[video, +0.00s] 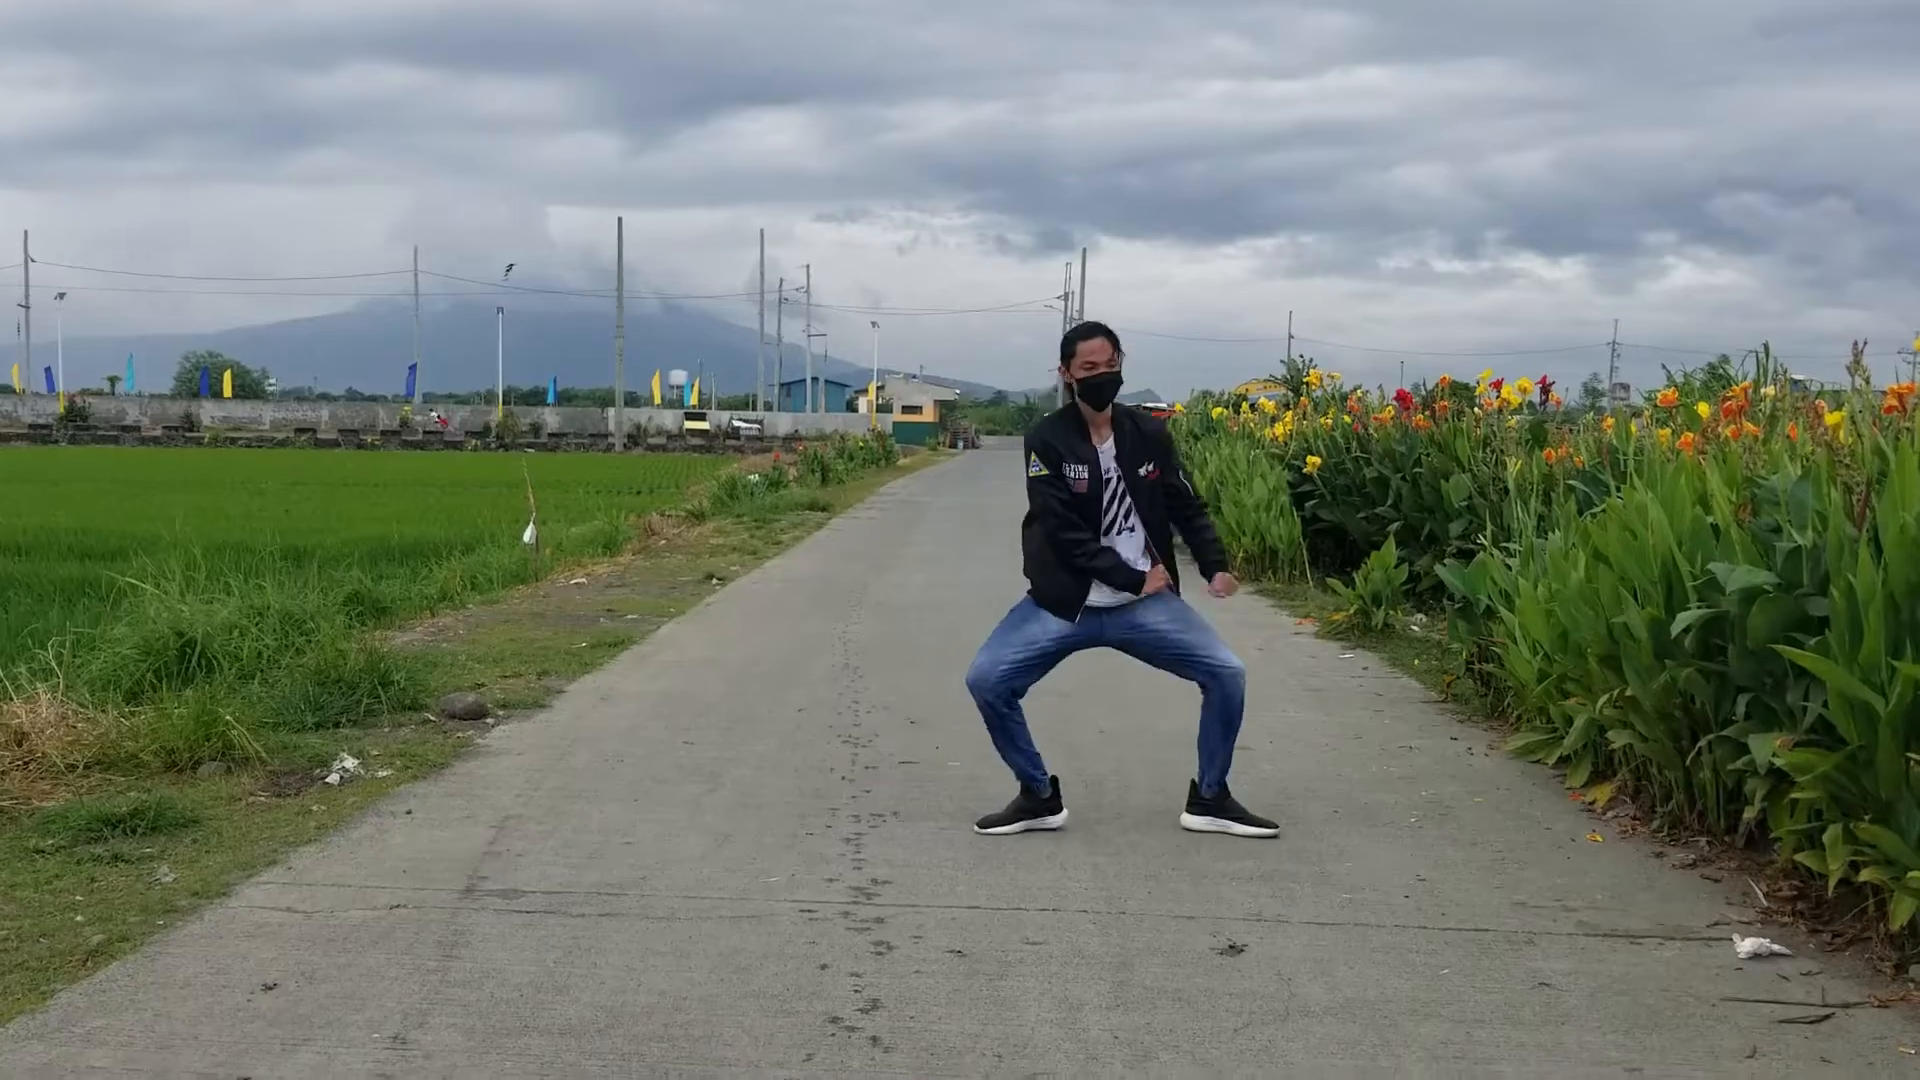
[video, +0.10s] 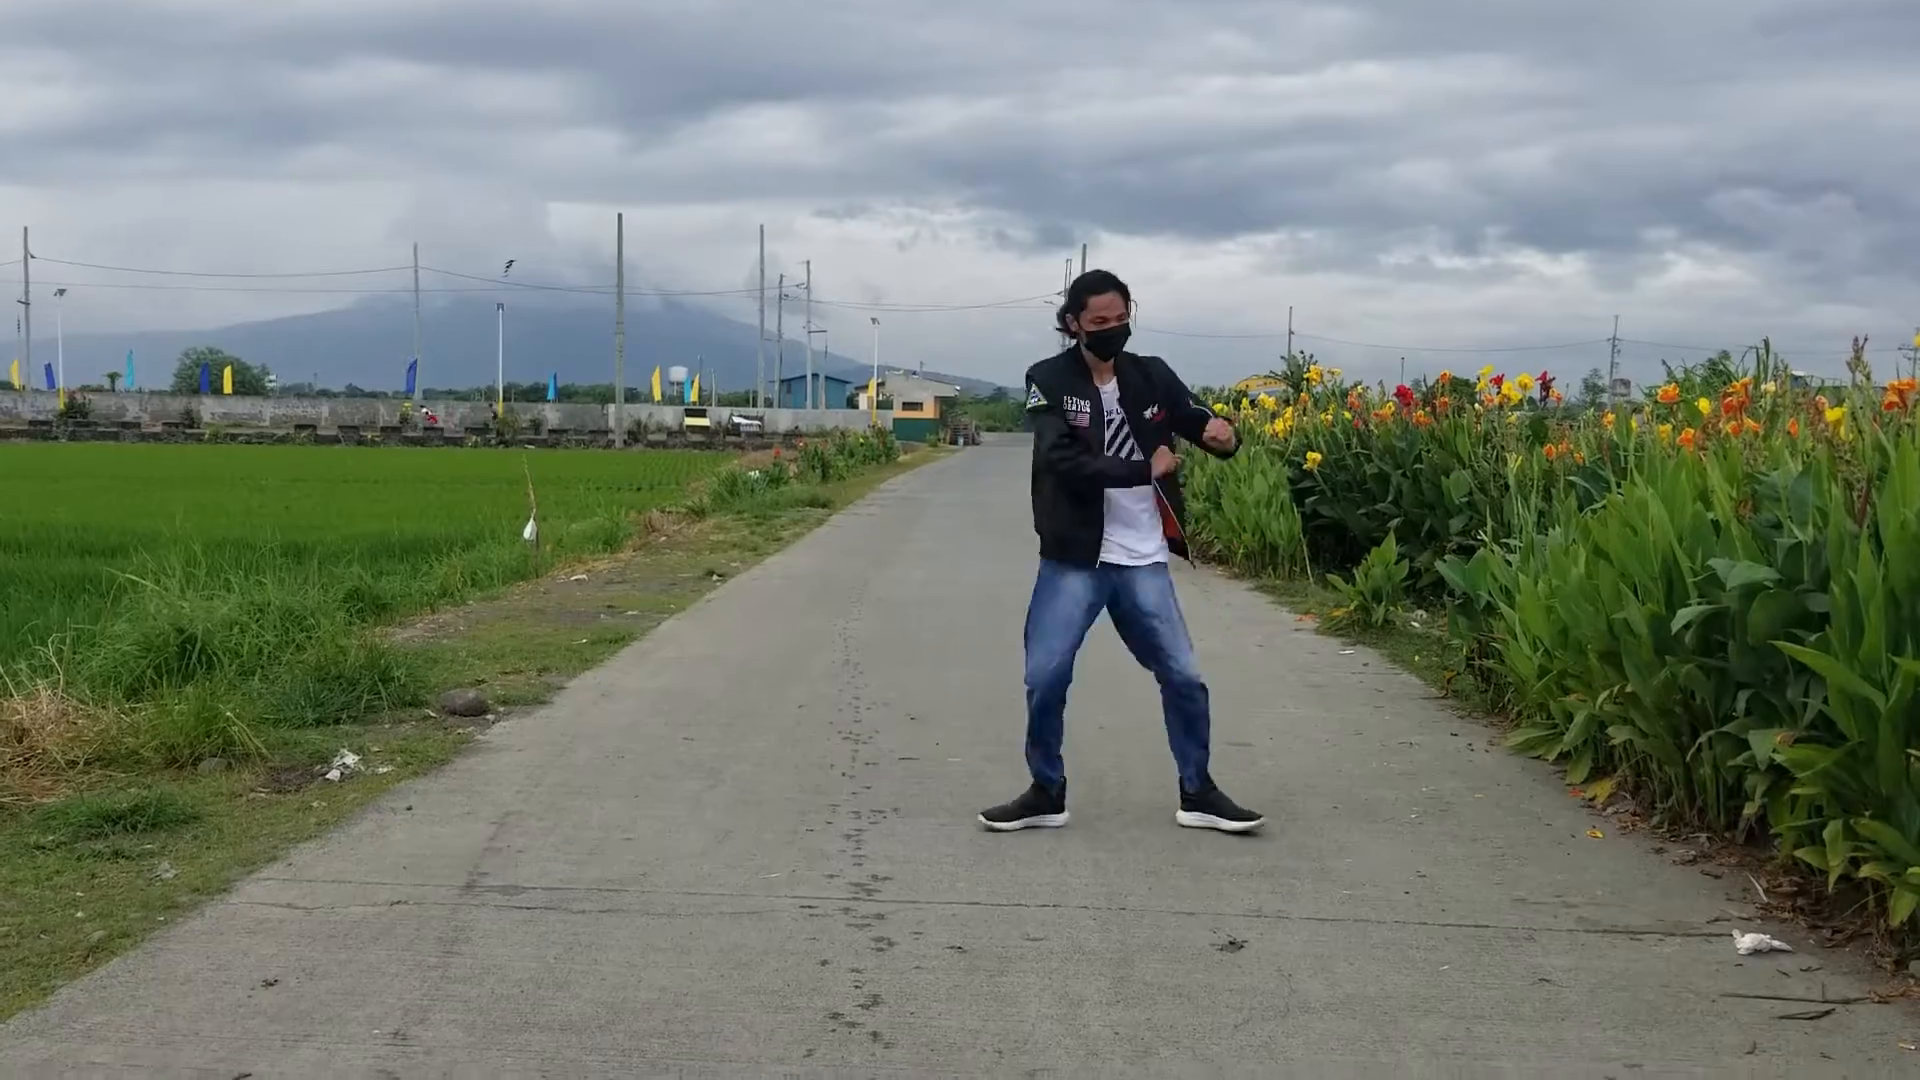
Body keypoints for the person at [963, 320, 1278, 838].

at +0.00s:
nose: (1101, 376)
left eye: (1109, 365)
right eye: (1088, 368)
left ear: (1120, 367)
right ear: (1066, 373)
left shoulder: (1148, 431)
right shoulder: (1048, 438)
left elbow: (1183, 503)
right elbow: (1060, 533)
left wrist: (1215, 564)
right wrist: (1134, 577)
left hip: (1141, 601)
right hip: (1061, 604)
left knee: (1227, 672)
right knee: (986, 680)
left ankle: (1209, 796)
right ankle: (1039, 795)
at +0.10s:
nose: (1110, 334)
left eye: (1118, 322)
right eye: (1098, 323)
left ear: (1129, 318)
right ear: (1073, 321)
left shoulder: (1150, 374)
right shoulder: (1050, 379)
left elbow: (1198, 422)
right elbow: (1064, 463)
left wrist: (1222, 436)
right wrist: (1146, 469)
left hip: (1143, 559)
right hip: (1073, 558)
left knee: (1184, 674)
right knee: (1043, 674)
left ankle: (1197, 791)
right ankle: (1047, 791)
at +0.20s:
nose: (1120, 308)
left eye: (1127, 296)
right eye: (1107, 298)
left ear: (1137, 293)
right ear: (1080, 300)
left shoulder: (1161, 347)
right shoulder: (1062, 356)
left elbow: (1242, 353)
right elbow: (1017, 356)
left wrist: (1215, 302)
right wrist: (1093, 333)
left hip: (1146, 529)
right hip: (1084, 526)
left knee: (1140, 665)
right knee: (1091, 663)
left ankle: (1148, 787)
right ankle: (1058, 788)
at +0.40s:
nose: (1126, 320)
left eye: (1135, 309)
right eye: (1114, 310)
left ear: (1145, 302)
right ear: (1090, 304)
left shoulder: (1168, 360)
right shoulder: (1066, 352)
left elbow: (1228, 414)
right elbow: (1034, 377)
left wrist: (1203, 343)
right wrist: (1111, 354)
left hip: (1145, 540)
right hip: (1078, 536)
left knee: (1179, 659)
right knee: (1067, 664)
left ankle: (1173, 777)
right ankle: (1051, 786)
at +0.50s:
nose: (1137, 376)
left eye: (1146, 367)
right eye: (1128, 368)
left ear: (1158, 350)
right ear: (1106, 351)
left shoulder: (1171, 402)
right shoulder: (1067, 391)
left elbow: (1179, 484)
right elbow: (1050, 475)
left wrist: (1196, 491)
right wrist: (1131, 499)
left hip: (1143, 576)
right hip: (1069, 575)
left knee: (1212, 666)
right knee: (1013, 676)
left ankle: (1214, 789)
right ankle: (1043, 790)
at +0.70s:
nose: (1136, 365)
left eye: (1146, 355)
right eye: (1126, 356)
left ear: (1160, 345)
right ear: (1105, 343)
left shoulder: (1173, 397)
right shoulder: (1067, 392)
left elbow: (1192, 472)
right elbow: (1040, 482)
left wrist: (1198, 513)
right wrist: (1102, 516)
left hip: (1148, 568)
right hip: (1075, 564)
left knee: (1208, 669)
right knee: (1034, 673)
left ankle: (1212, 788)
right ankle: (1045, 787)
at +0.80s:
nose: (1122, 319)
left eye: (1132, 308)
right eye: (1111, 308)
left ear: (1147, 299)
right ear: (1093, 298)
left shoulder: (1165, 353)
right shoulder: (1056, 347)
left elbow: (1205, 426)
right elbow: (995, 410)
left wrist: (1196, 465)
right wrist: (1059, 414)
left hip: (1143, 532)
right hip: (1077, 529)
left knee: (1160, 664)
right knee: (1063, 660)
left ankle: (1178, 783)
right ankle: (1029, 780)